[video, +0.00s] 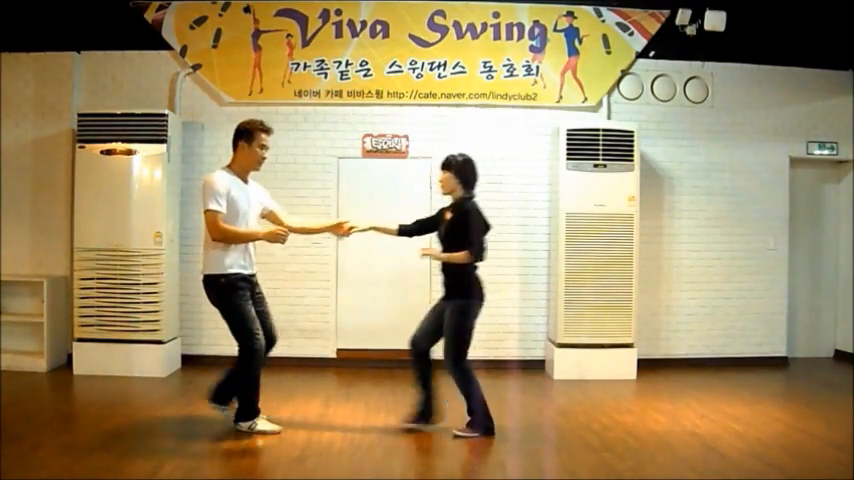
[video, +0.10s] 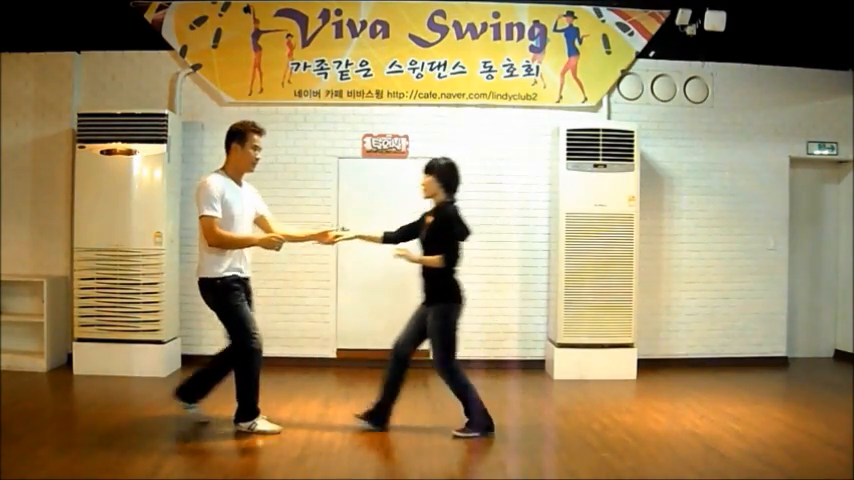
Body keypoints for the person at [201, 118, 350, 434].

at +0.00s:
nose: (266, 154)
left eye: (267, 148)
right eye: (262, 147)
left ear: (251, 149)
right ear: (241, 146)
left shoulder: (253, 189)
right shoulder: (216, 182)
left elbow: (286, 226)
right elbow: (216, 232)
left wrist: (329, 227)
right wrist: (263, 234)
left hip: (246, 276)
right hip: (222, 278)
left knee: (266, 338)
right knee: (253, 342)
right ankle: (247, 416)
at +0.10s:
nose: (259, 155)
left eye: (260, 149)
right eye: (255, 148)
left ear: (245, 151)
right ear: (234, 147)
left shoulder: (249, 192)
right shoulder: (211, 185)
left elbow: (272, 233)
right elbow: (212, 237)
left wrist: (314, 236)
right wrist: (258, 241)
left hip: (240, 279)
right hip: (217, 280)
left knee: (242, 345)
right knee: (250, 341)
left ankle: (188, 394)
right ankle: (247, 417)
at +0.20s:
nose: (254, 154)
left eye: (255, 148)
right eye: (249, 147)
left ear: (241, 150)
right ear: (229, 147)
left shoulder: (243, 191)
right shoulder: (206, 185)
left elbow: (261, 235)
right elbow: (204, 237)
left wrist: (301, 238)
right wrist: (249, 241)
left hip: (228, 279)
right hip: (209, 280)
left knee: (212, 348)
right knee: (240, 341)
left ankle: (173, 403)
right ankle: (246, 416)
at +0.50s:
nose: (244, 155)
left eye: (244, 149)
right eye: (239, 148)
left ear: (225, 149)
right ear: (219, 147)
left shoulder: (229, 188)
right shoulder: (195, 183)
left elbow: (234, 234)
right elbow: (191, 235)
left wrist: (265, 240)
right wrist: (237, 242)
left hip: (213, 277)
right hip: (191, 277)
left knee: (206, 344)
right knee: (208, 344)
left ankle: (176, 405)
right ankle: (172, 408)